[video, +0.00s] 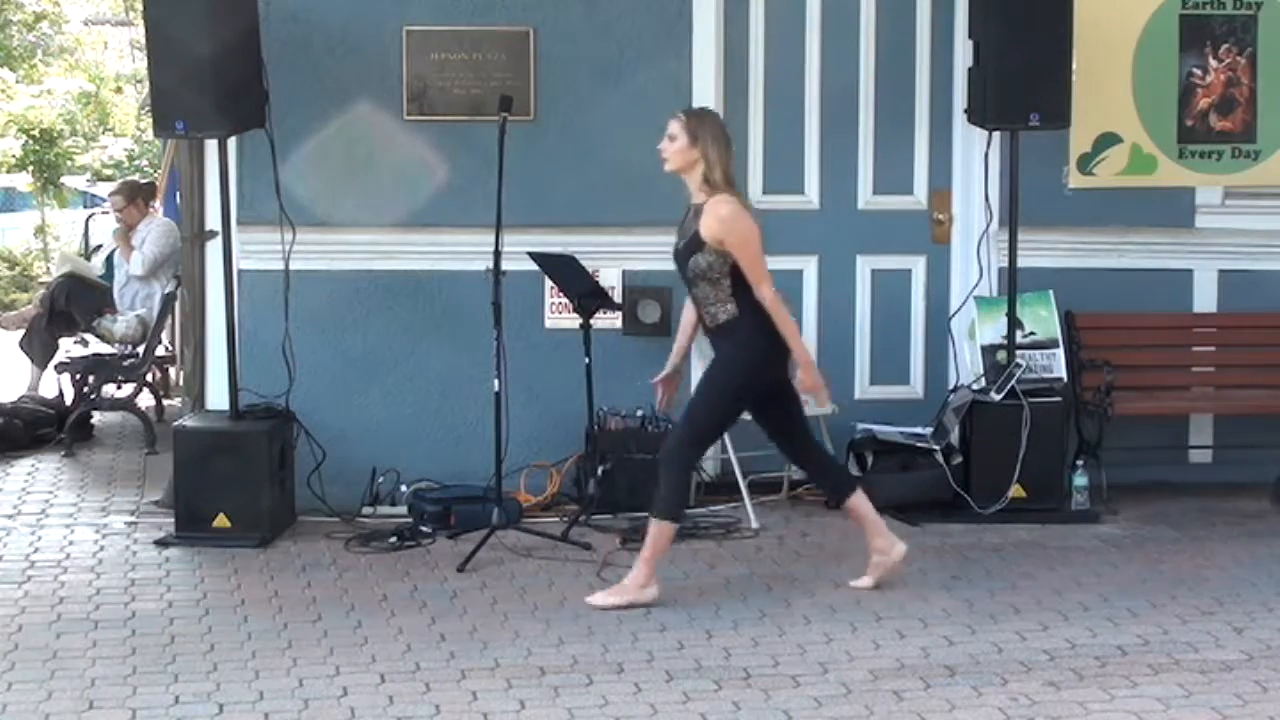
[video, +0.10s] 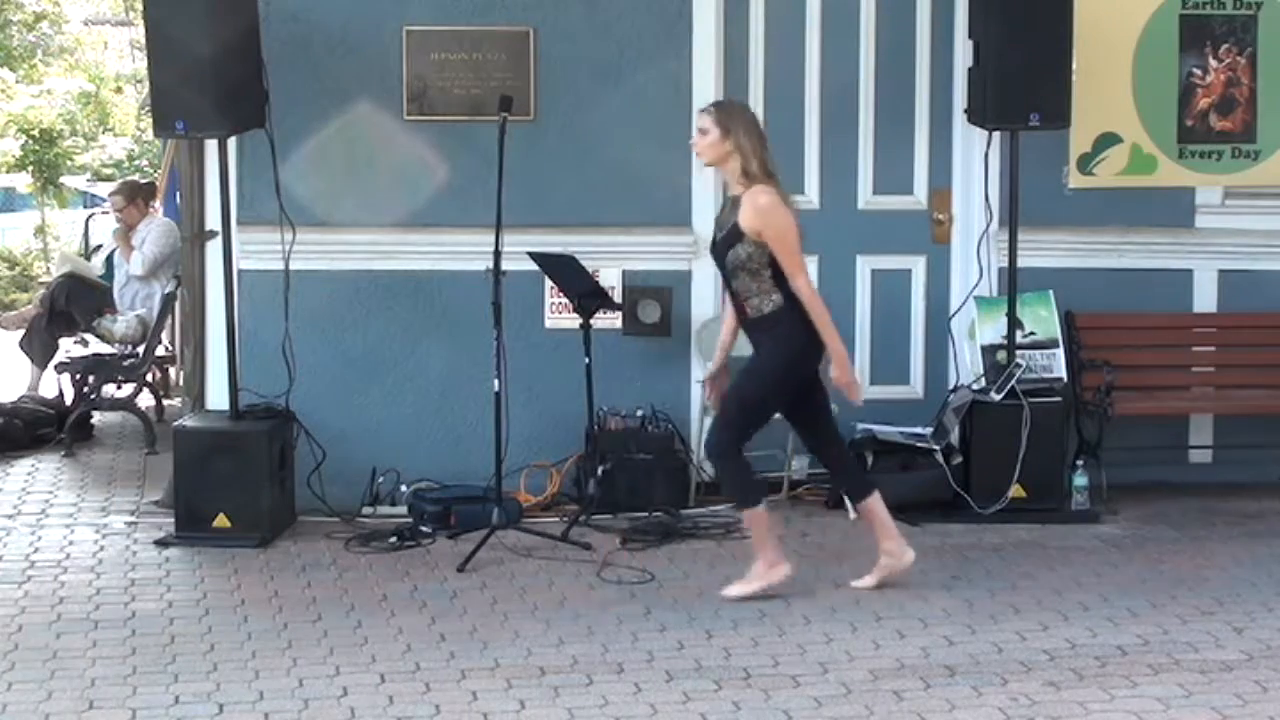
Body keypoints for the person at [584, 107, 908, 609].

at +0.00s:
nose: (661, 147)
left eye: (671, 139)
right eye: (664, 138)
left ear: (701, 149)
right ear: (696, 151)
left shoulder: (726, 213)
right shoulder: (699, 212)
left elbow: (766, 291)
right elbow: (699, 297)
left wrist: (805, 360)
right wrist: (676, 362)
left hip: (749, 350)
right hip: (747, 349)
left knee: (679, 449)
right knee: (803, 449)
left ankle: (642, 578)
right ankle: (884, 542)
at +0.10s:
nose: (695, 142)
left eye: (703, 133)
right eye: (696, 133)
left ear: (732, 138)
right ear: (726, 141)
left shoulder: (763, 202)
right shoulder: (735, 203)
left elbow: (801, 284)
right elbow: (739, 294)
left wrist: (839, 355)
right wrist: (720, 359)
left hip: (788, 342)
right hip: (776, 343)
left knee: (723, 441)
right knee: (827, 443)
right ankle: (895, 548)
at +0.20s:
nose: (721, 132)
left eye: (729, 123)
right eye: (723, 123)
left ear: (758, 128)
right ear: (752, 130)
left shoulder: (789, 188)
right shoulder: (759, 189)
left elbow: (821, 275)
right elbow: (776, 286)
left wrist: (848, 349)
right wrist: (779, 355)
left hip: (810, 331)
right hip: (791, 333)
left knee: (796, 446)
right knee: (835, 441)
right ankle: (895, 547)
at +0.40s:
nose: (763, 131)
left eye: (772, 123)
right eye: (764, 122)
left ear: (800, 129)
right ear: (793, 131)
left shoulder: (827, 190)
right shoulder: (803, 190)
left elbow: (832, 283)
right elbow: (815, 280)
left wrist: (822, 361)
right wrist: (815, 353)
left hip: (852, 327)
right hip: (828, 324)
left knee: (848, 445)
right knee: (821, 446)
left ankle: (866, 571)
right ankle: (890, 543)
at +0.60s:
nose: (820, 153)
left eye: (823, 147)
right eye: (823, 146)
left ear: (832, 152)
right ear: (872, 152)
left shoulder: (839, 211)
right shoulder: (880, 207)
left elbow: (830, 303)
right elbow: (891, 292)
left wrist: (811, 378)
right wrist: (902, 368)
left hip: (869, 348)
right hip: (895, 341)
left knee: (827, 453)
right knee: (847, 451)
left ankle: (863, 571)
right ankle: (938, 521)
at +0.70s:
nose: (839, 155)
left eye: (841, 148)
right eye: (844, 147)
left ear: (847, 149)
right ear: (891, 146)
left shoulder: (850, 208)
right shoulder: (910, 199)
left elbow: (847, 299)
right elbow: (912, 280)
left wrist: (841, 377)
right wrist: (901, 334)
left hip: (875, 348)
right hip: (920, 345)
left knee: (834, 454)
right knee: (910, 452)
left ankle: (863, 571)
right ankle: (975, 548)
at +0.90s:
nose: (873, 142)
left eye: (877, 133)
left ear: (882, 139)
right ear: (931, 141)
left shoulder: (877, 194)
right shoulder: (948, 196)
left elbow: (882, 281)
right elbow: (963, 272)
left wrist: (881, 362)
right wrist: (944, 318)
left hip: (913, 334)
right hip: (962, 329)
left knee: (886, 447)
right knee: (982, 452)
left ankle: (918, 574)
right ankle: (1001, 590)